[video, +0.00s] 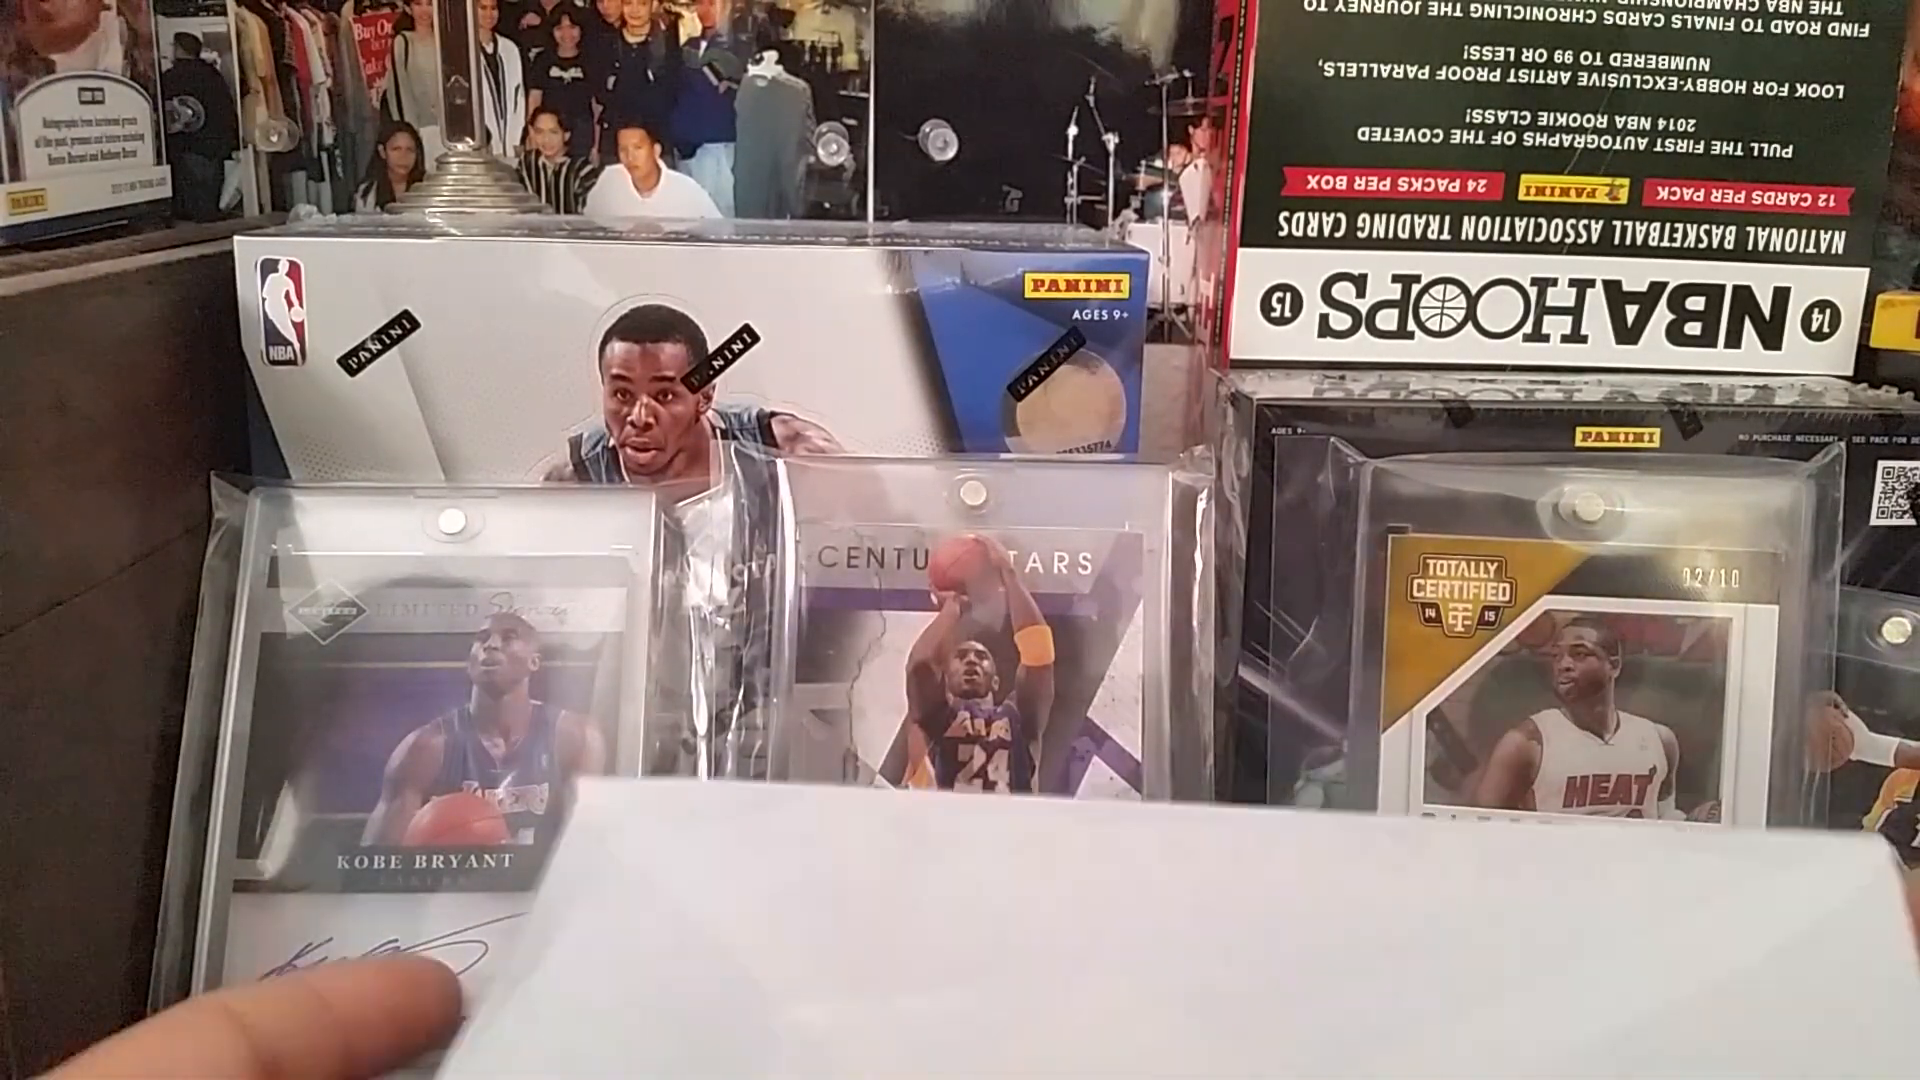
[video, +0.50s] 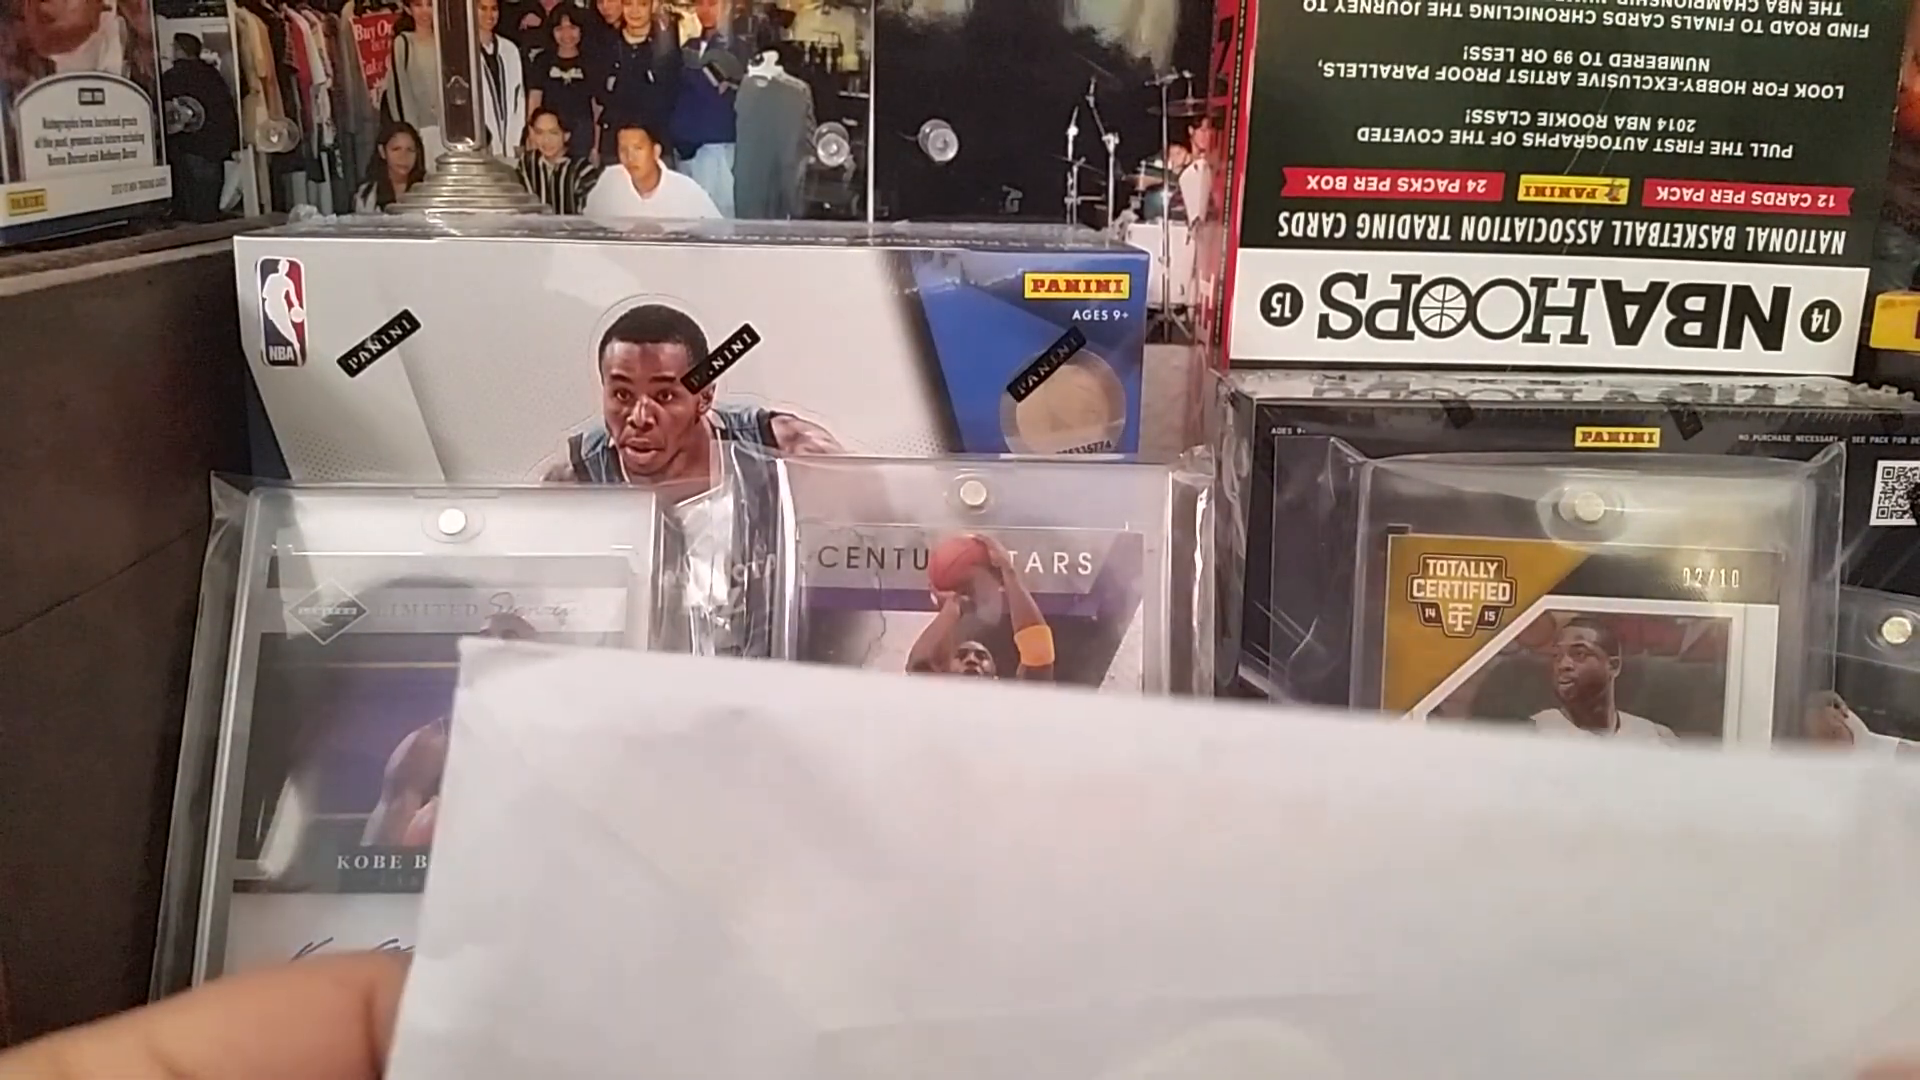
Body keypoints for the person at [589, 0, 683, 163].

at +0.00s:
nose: (635, 10)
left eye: (642, 3)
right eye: (628, 3)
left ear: (653, 6)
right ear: (621, 7)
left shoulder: (667, 43)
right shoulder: (607, 43)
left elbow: (675, 88)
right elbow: (600, 92)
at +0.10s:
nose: (635, 10)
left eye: (643, 4)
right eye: (628, 3)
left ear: (653, 6)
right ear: (621, 7)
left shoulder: (667, 43)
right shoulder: (607, 43)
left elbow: (674, 91)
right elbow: (600, 93)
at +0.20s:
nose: (635, 11)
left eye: (642, 4)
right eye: (628, 4)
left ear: (653, 6)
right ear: (621, 7)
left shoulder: (667, 45)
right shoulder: (607, 43)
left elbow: (672, 92)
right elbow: (600, 93)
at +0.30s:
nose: (635, 10)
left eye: (642, 4)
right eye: (629, 3)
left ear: (653, 6)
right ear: (621, 7)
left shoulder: (667, 46)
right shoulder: (607, 43)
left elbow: (675, 90)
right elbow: (600, 93)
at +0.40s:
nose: (635, 11)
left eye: (642, 4)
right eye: (628, 4)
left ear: (653, 6)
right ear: (621, 7)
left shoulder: (667, 48)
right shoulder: (607, 44)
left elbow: (672, 93)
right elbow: (599, 93)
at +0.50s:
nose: (635, 11)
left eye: (642, 4)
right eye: (628, 4)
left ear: (653, 7)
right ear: (621, 7)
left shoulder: (666, 47)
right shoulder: (607, 44)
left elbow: (672, 94)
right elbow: (600, 93)